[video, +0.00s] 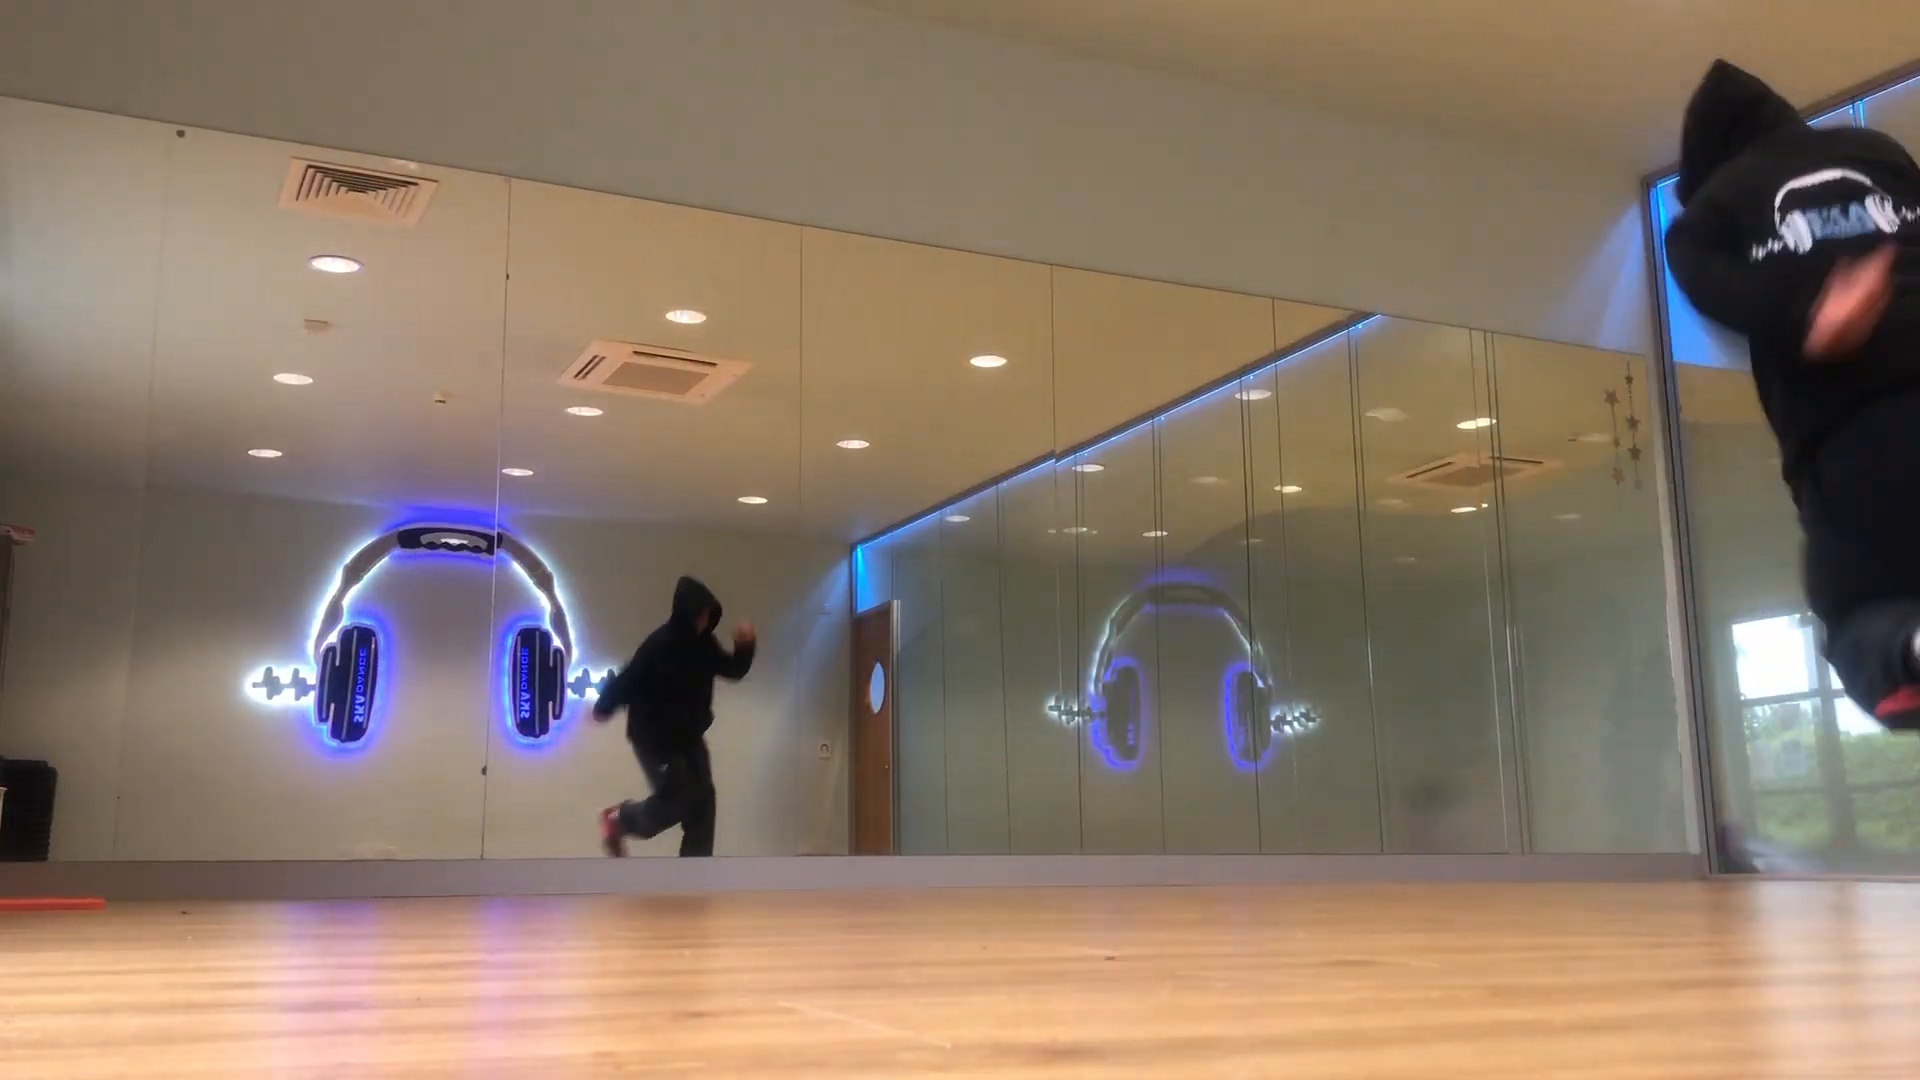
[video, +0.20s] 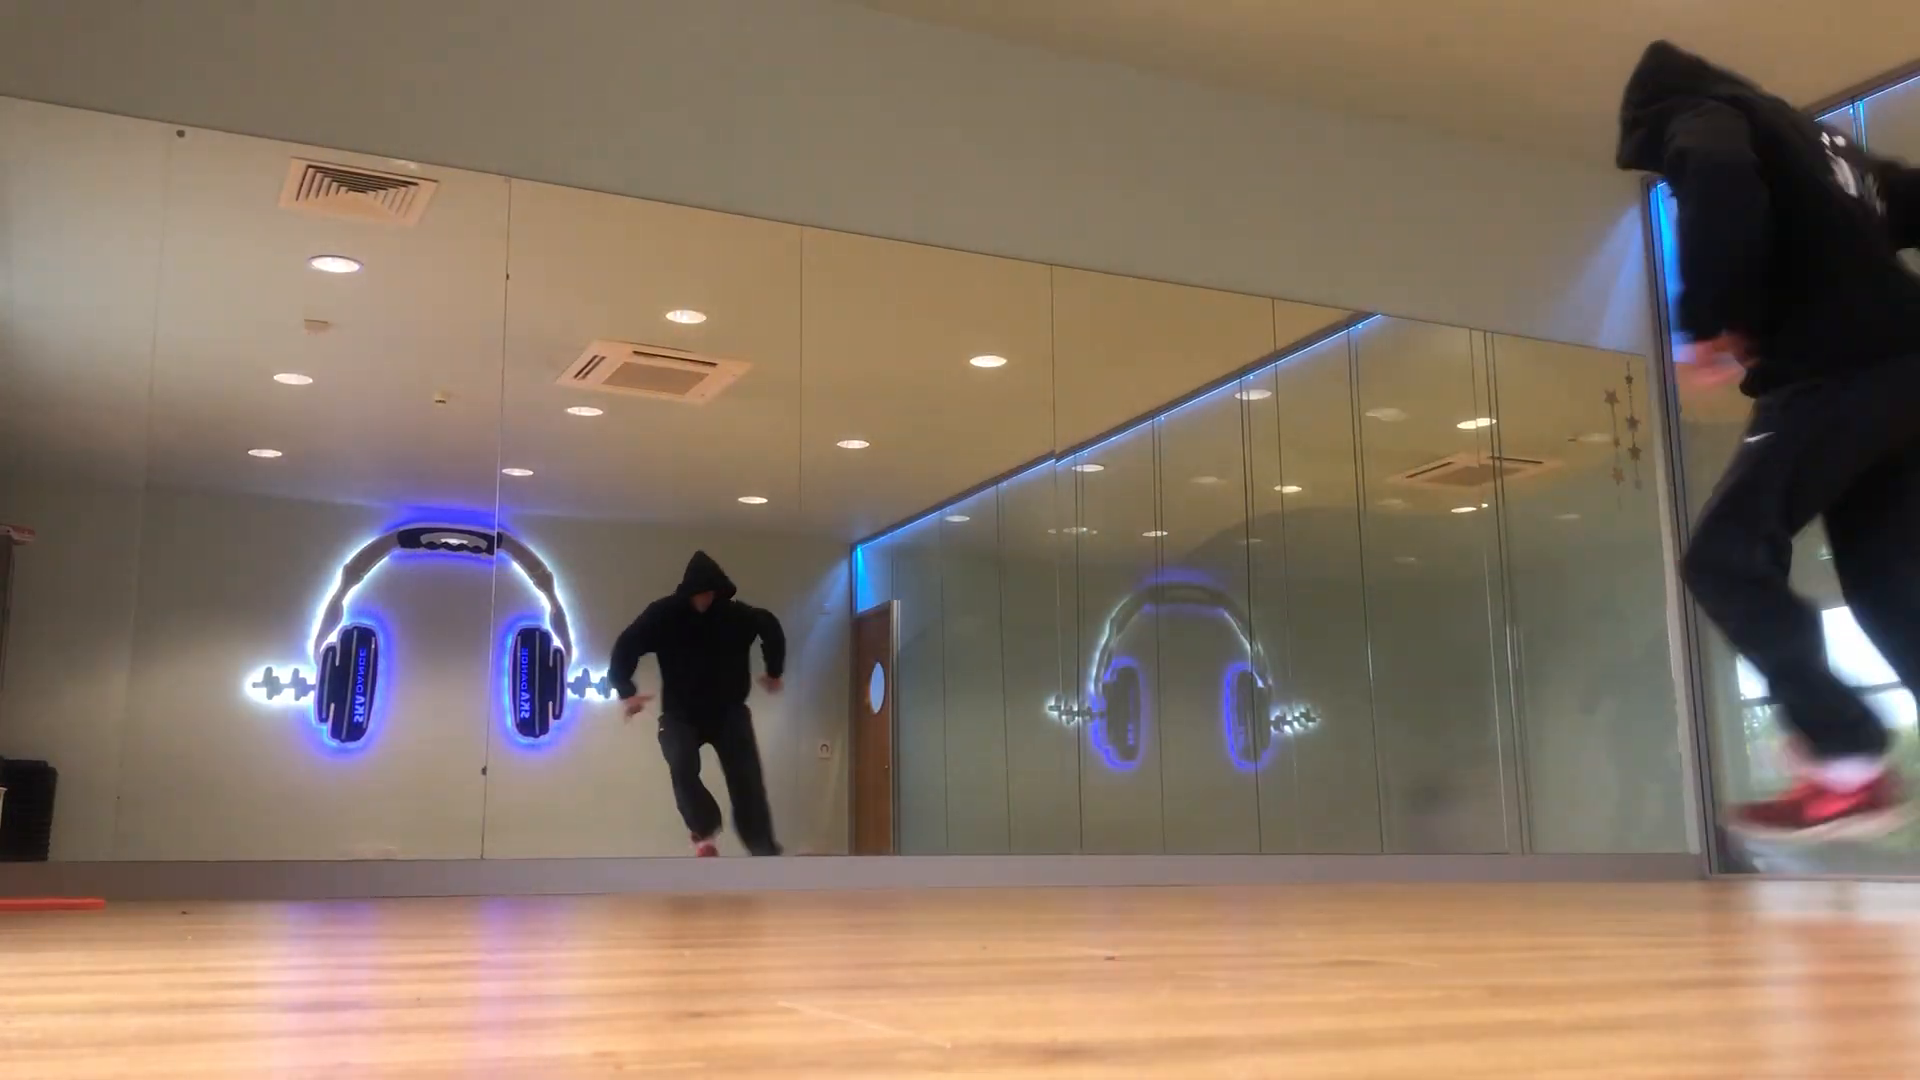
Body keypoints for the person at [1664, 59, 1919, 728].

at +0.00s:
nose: (1691, 176)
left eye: (1694, 161)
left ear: (1710, 141)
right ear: (1777, 113)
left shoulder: (1717, 198)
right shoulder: (1880, 149)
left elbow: (1705, 274)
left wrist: (1804, 301)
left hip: (1850, 425)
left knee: (1859, 608)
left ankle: (1900, 653)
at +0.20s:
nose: (1650, 153)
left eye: (1648, 139)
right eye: (1646, 145)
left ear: (1658, 114)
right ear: (1709, 89)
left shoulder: (1691, 116)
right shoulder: (1801, 131)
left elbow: (1719, 178)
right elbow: (1910, 195)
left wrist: (1703, 322)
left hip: (1835, 375)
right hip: (1896, 364)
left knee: (1724, 555)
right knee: (1886, 580)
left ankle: (1847, 760)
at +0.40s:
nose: (1600, 299)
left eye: (1597, 281)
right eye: (1591, 285)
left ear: (1623, 257)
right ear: (1647, 236)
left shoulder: (1704, 285)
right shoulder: (1733, 270)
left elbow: (1685, 433)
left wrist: (1635, 412)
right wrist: (1656, 402)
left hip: (1840, 508)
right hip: (1888, 504)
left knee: (1688, 622)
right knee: (1891, 700)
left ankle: (1651, 841)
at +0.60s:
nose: (1483, 257)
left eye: (1484, 241)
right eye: (1482, 245)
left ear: (1499, 219)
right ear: (1551, 197)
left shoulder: (1520, 256)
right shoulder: (1641, 242)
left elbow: (1506, 377)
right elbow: (1765, 288)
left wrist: (1487, 457)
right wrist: (1871, 342)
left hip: (1689, 448)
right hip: (1776, 431)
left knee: (1600, 631)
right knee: (1751, 639)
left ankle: (1647, 848)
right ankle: (1915, 722)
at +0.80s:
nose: (1468, 173)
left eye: (1469, 162)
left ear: (1476, 157)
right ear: (1555, 146)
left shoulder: (1464, 208)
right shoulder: (1624, 201)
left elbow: (1443, 275)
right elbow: (1720, 307)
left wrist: (1428, 377)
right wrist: (1635, 344)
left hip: (1521, 430)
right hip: (1647, 423)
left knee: (1483, 611)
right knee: (1665, 622)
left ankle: (1468, 816)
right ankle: (1663, 816)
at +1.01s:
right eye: (1517, 202)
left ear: (1443, 196)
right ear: (1519, 199)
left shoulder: (1390, 248)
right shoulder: (1545, 255)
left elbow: (1331, 363)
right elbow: (1614, 355)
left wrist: (1373, 433)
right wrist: (1634, 465)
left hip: (1389, 448)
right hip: (1506, 441)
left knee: (1404, 662)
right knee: (1566, 607)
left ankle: (1390, 853)